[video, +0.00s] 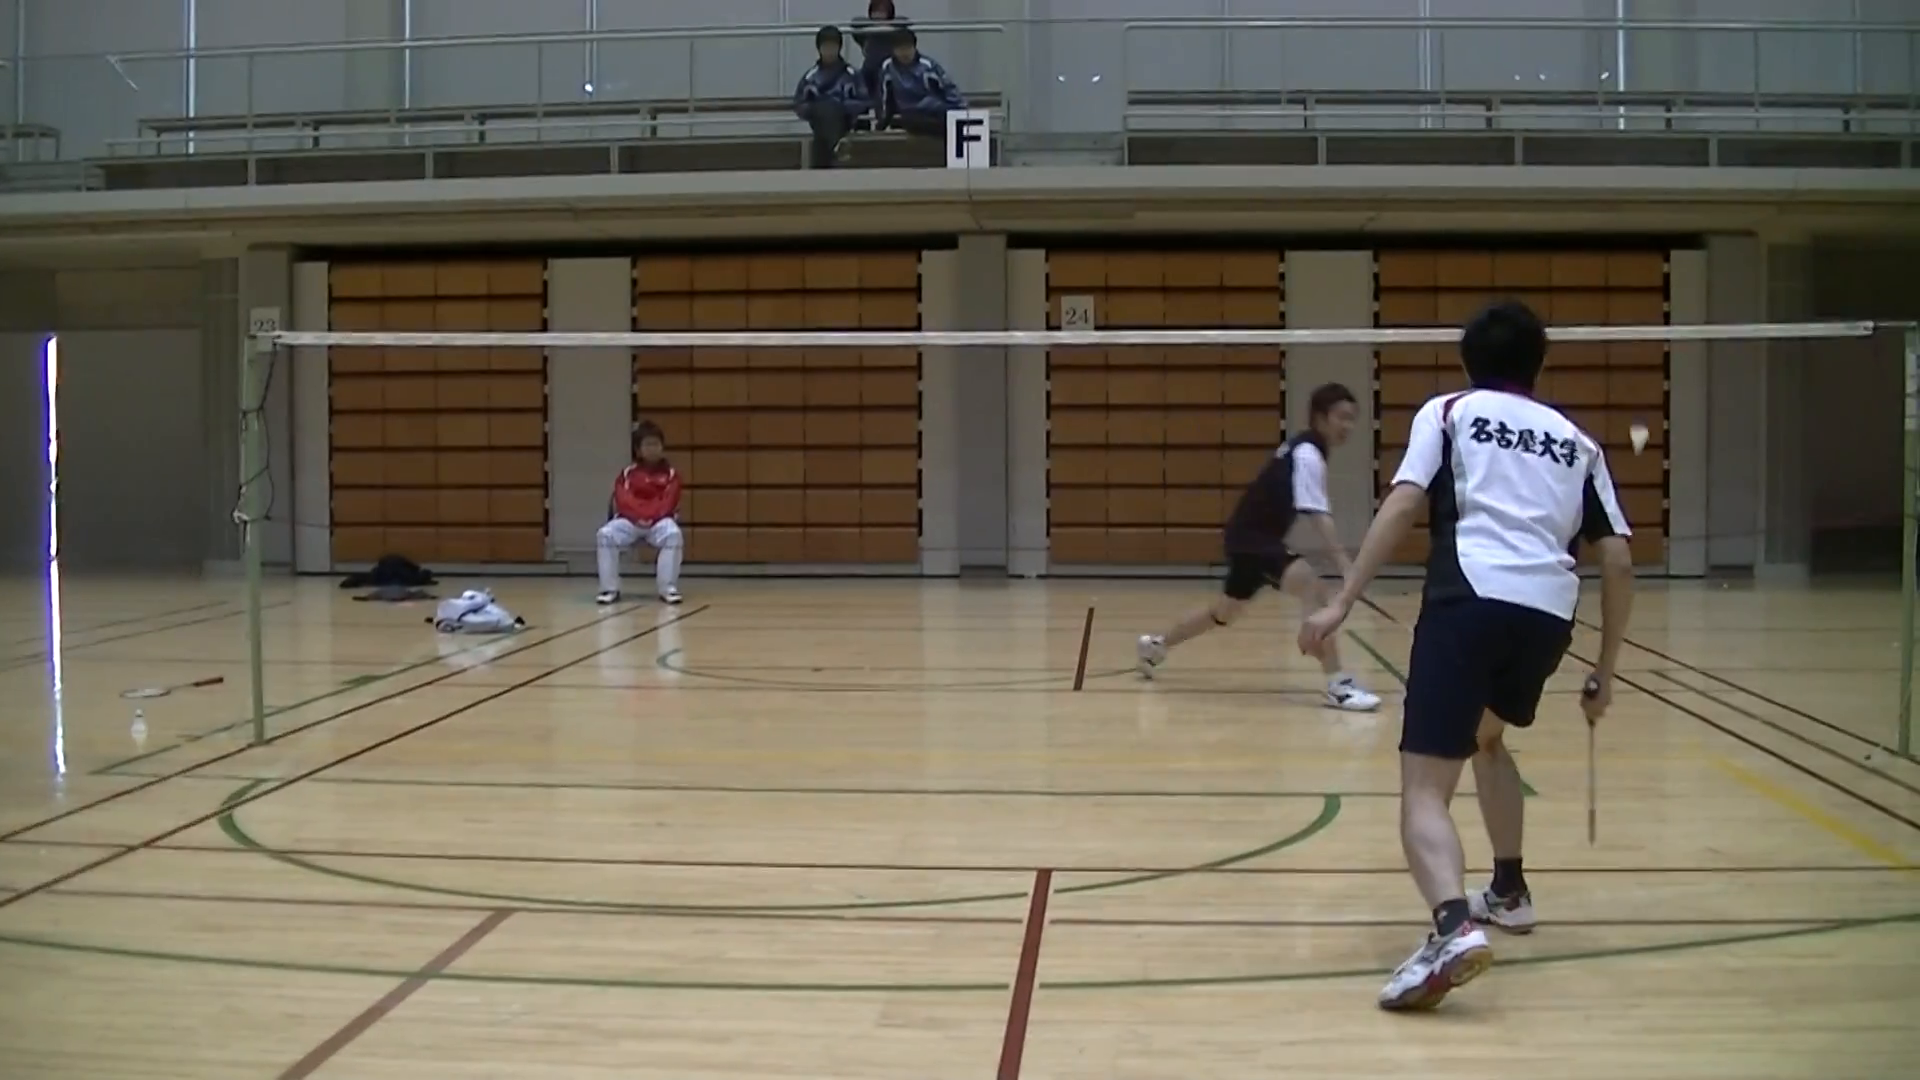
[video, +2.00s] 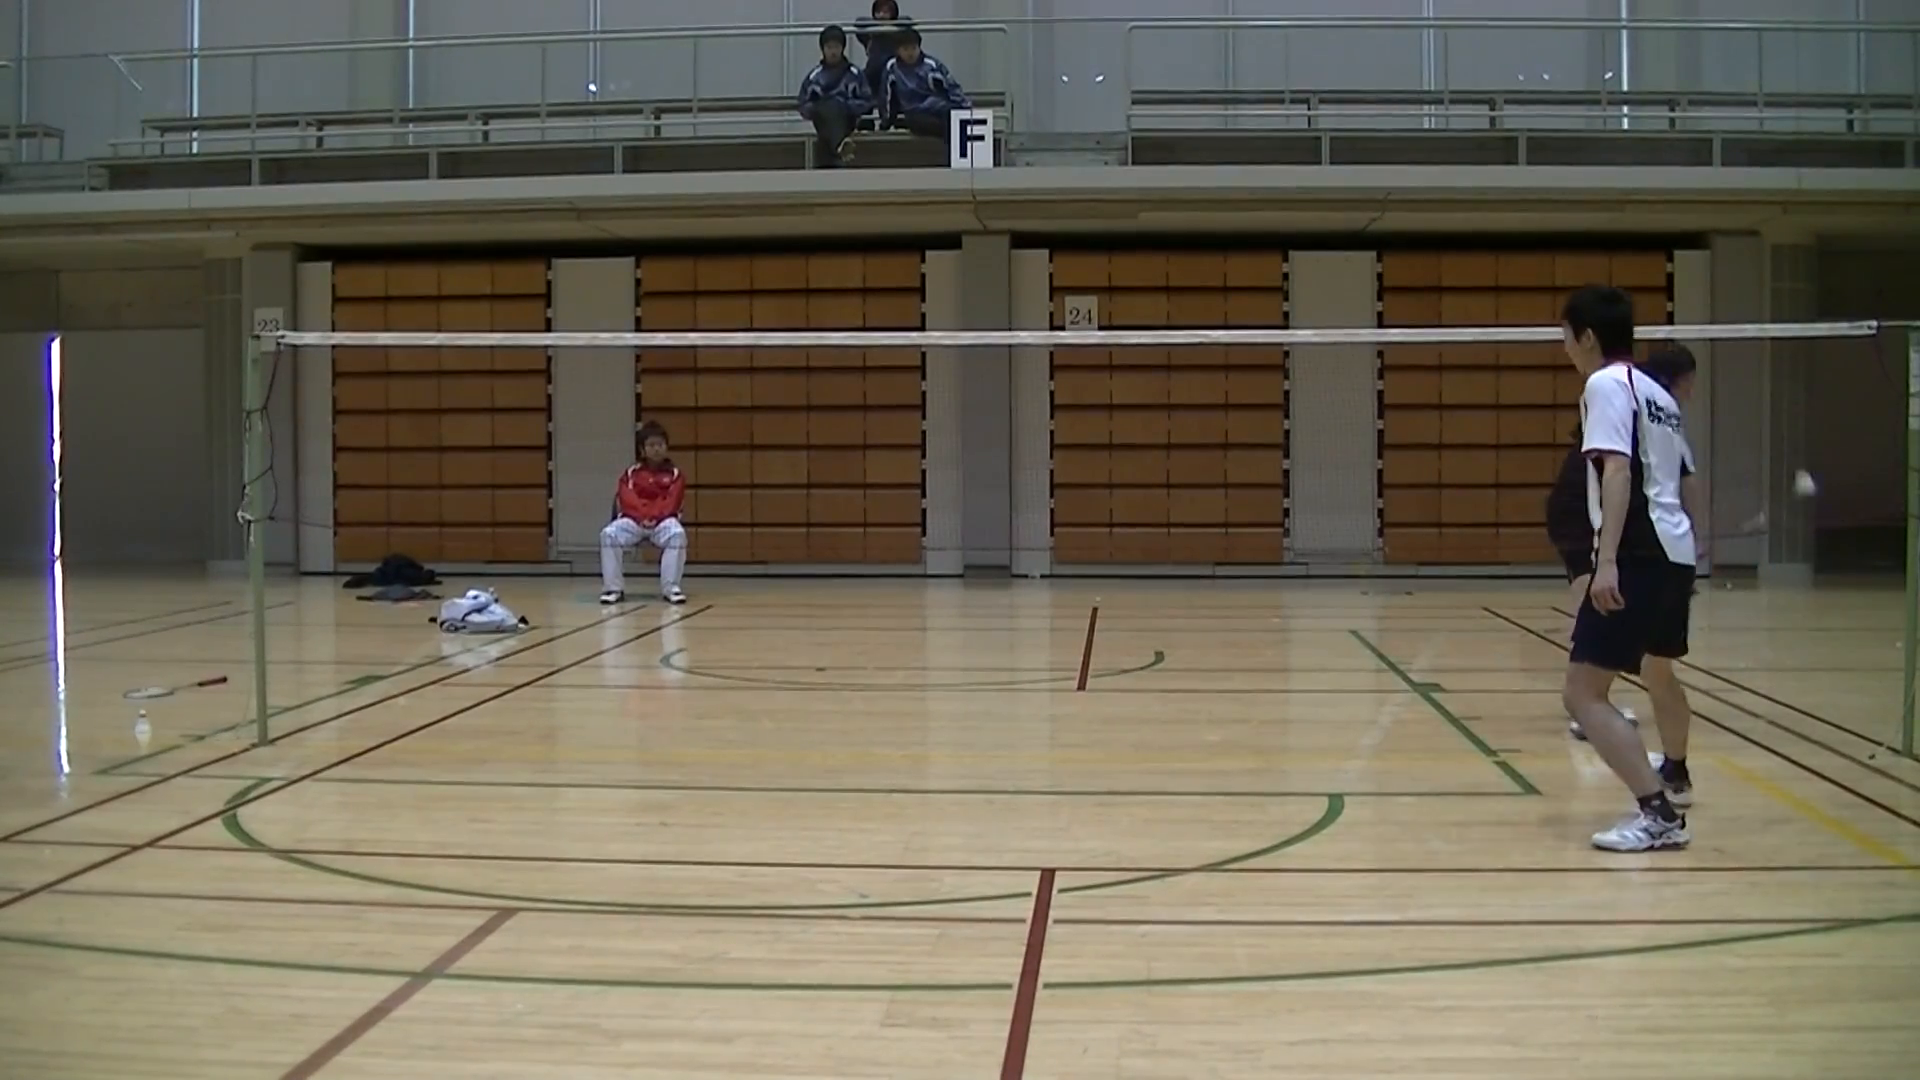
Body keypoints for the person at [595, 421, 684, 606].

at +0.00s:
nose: (653, 449)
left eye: (656, 444)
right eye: (648, 445)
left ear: (662, 447)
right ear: (638, 450)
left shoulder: (670, 474)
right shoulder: (628, 473)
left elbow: (669, 503)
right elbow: (623, 501)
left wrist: (652, 518)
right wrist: (638, 516)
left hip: (659, 520)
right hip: (630, 520)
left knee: (673, 536)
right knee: (606, 535)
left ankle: (668, 587)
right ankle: (609, 589)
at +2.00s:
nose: (656, 449)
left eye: (660, 444)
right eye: (651, 445)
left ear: (666, 447)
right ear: (642, 449)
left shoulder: (674, 474)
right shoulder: (631, 472)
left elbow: (672, 503)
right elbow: (626, 499)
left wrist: (655, 517)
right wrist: (641, 516)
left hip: (662, 520)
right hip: (634, 519)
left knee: (677, 535)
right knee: (609, 535)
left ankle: (671, 587)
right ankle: (613, 589)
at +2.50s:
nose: (656, 441)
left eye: (660, 436)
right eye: (651, 437)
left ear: (666, 439)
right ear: (642, 442)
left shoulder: (674, 466)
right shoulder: (630, 465)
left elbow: (672, 494)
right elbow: (626, 492)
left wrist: (657, 510)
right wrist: (641, 508)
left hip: (661, 513)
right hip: (633, 512)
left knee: (677, 527)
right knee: (609, 528)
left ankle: (671, 580)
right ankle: (613, 582)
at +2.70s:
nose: (652, 364)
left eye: (656, 358)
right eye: (648, 358)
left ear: (662, 361)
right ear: (641, 361)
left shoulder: (669, 384)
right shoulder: (630, 383)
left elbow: (671, 415)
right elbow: (623, 414)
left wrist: (655, 430)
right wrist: (638, 430)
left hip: (659, 429)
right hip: (631, 428)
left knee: (671, 449)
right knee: (610, 449)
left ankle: (669, 505)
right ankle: (609, 507)